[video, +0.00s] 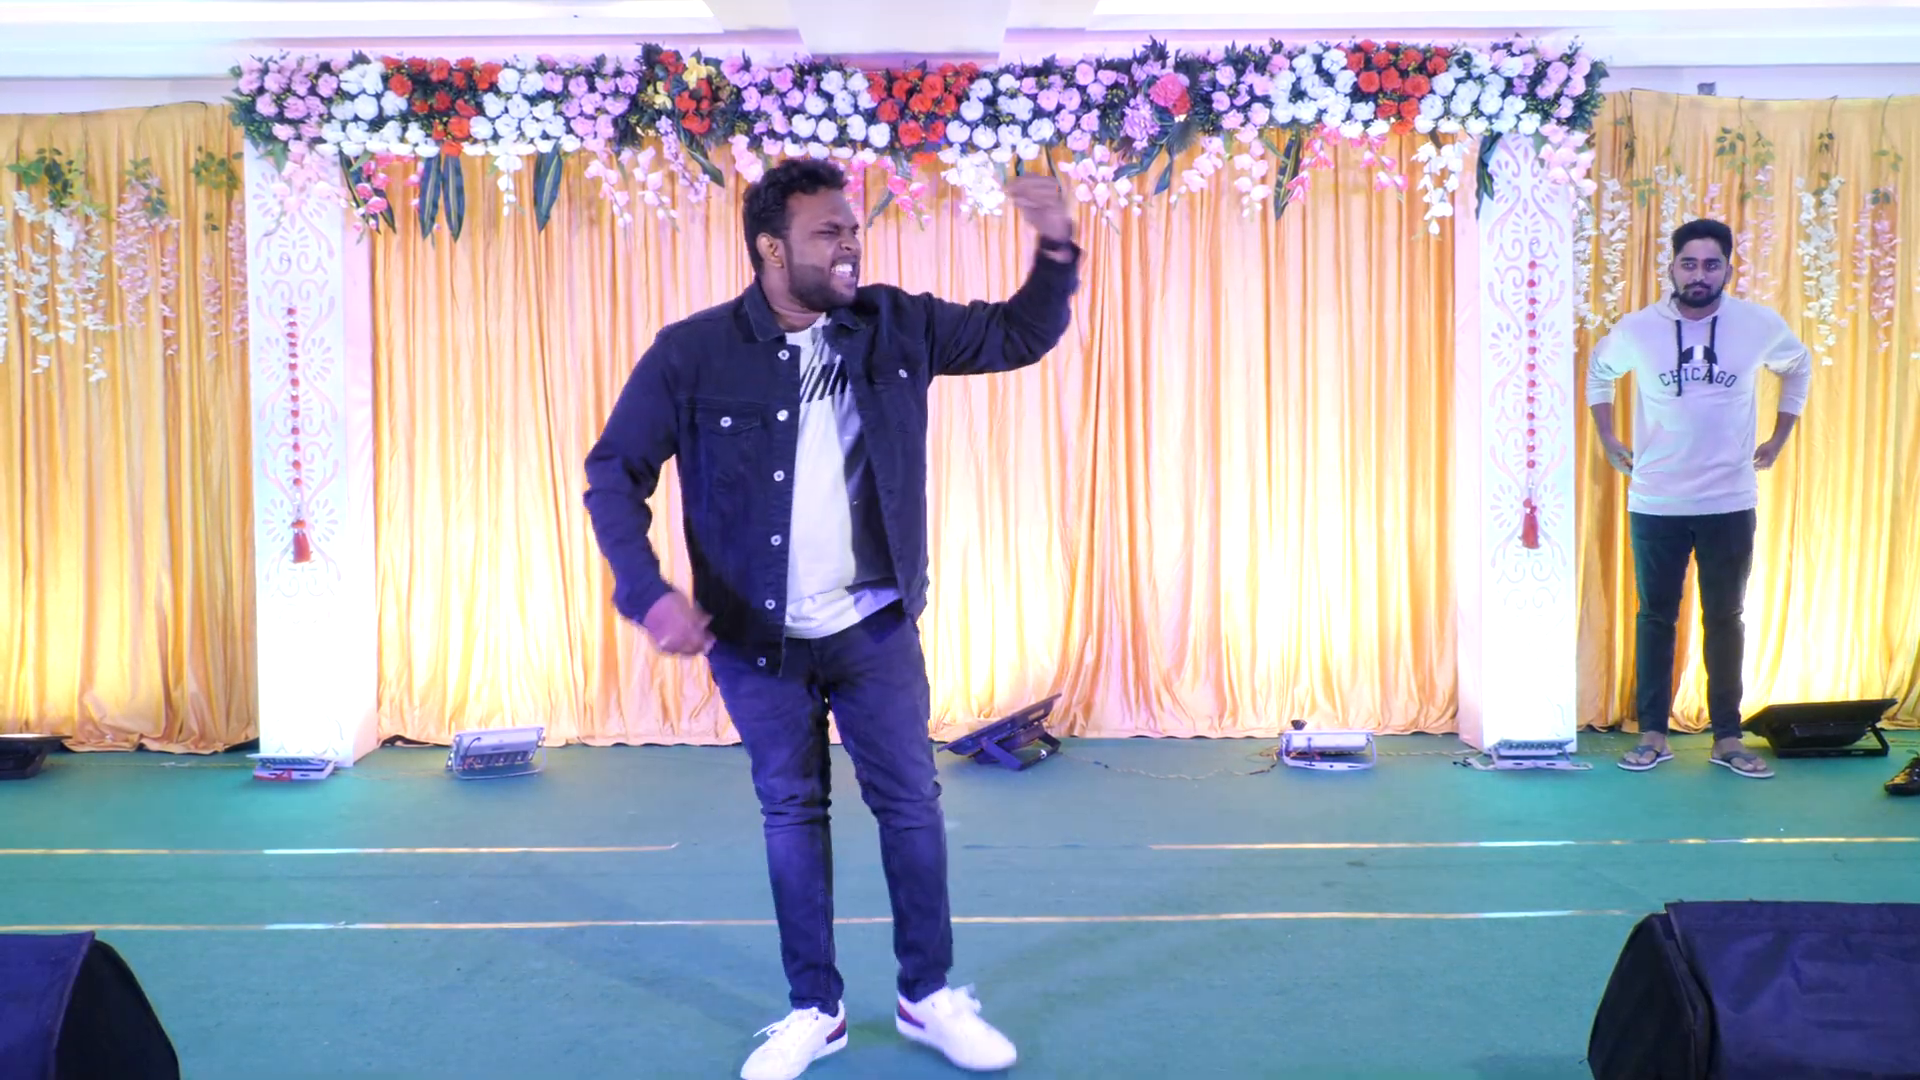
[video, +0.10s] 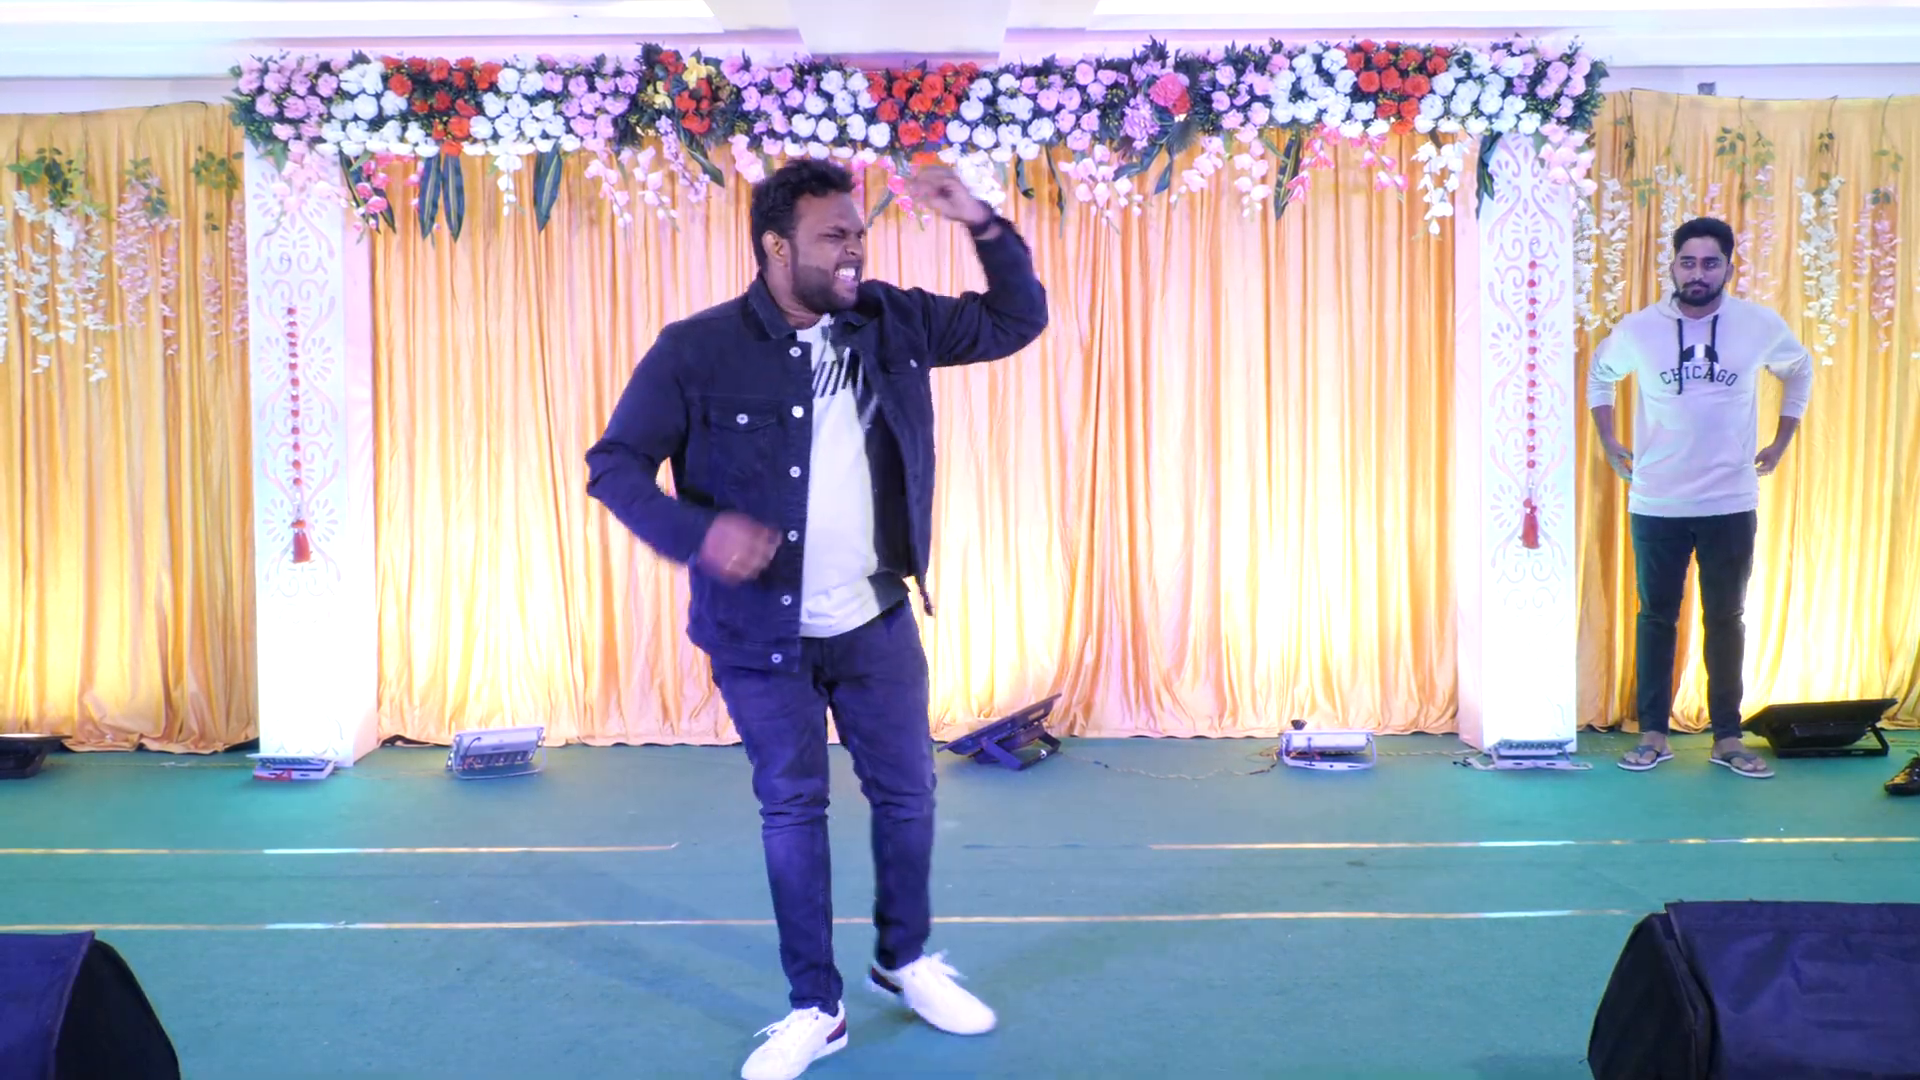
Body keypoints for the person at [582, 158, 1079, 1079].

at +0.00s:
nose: (852, 249)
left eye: (855, 232)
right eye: (830, 235)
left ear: (859, 236)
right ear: (768, 248)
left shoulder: (898, 325)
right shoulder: (693, 353)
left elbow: (1018, 334)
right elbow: (613, 475)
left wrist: (1056, 252)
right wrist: (648, 595)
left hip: (876, 623)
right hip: (758, 638)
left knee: (912, 801)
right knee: (792, 815)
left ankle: (928, 993)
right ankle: (814, 1007)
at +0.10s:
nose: (857, 252)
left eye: (860, 235)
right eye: (836, 239)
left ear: (860, 235)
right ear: (773, 247)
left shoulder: (890, 321)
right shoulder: (697, 350)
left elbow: (1015, 320)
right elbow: (615, 467)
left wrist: (986, 226)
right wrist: (699, 533)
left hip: (873, 611)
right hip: (760, 627)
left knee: (908, 793)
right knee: (792, 808)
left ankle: (905, 960)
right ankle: (815, 1006)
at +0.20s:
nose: (867, 261)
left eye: (870, 244)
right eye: (848, 245)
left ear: (872, 243)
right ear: (785, 249)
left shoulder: (884, 317)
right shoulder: (716, 345)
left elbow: (999, 296)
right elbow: (629, 459)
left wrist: (923, 220)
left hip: (874, 613)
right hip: (770, 630)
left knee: (891, 781)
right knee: (790, 806)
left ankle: (866, 934)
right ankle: (812, 1004)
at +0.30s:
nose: (878, 269)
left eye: (883, 252)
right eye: (860, 253)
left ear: (881, 252)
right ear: (809, 251)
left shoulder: (889, 319)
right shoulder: (744, 327)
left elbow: (976, 278)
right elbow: (686, 394)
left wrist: (898, 223)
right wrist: (783, 285)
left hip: (869, 615)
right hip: (780, 624)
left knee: (861, 781)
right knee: (791, 803)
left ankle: (845, 928)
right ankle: (809, 1002)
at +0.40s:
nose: (889, 289)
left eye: (898, 273)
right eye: (876, 273)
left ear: (891, 267)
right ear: (827, 263)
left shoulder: (878, 325)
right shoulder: (759, 326)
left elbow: (945, 263)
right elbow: (748, 291)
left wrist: (869, 210)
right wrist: (820, 215)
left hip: (860, 604)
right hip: (784, 608)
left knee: (842, 777)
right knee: (796, 796)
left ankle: (838, 933)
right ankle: (810, 999)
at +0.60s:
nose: (922, 303)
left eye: (928, 285)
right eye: (913, 284)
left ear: (902, 277)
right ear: (863, 271)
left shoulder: (884, 348)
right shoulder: (793, 327)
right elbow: (823, 243)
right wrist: (847, 238)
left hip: (855, 595)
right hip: (798, 595)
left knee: (842, 781)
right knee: (804, 795)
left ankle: (852, 951)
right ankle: (810, 998)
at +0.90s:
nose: (923, 286)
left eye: (925, 270)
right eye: (916, 267)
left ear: (868, 261)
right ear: (878, 260)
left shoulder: (828, 310)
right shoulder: (831, 311)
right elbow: (897, 346)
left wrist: (934, 235)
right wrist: (944, 242)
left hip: (826, 575)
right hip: (843, 577)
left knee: (838, 759)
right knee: (878, 766)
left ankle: (842, 948)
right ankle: (872, 986)